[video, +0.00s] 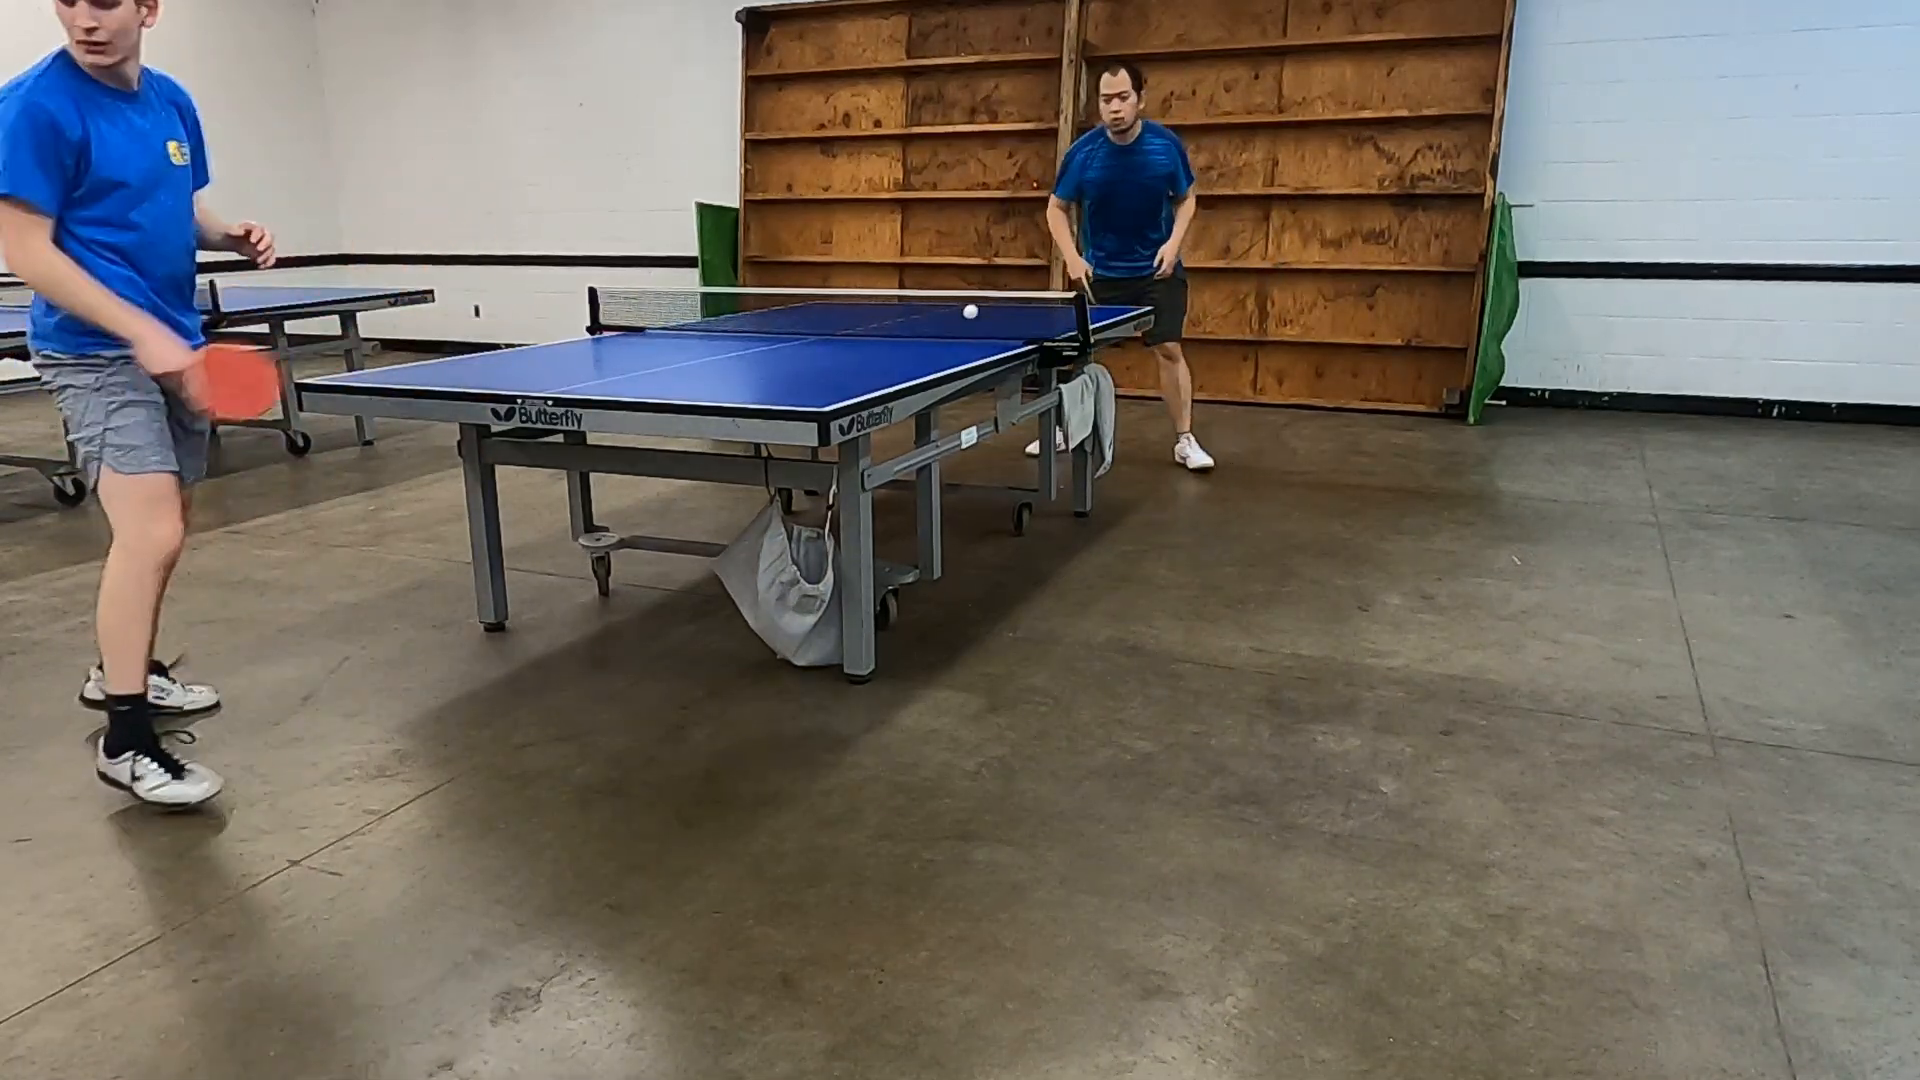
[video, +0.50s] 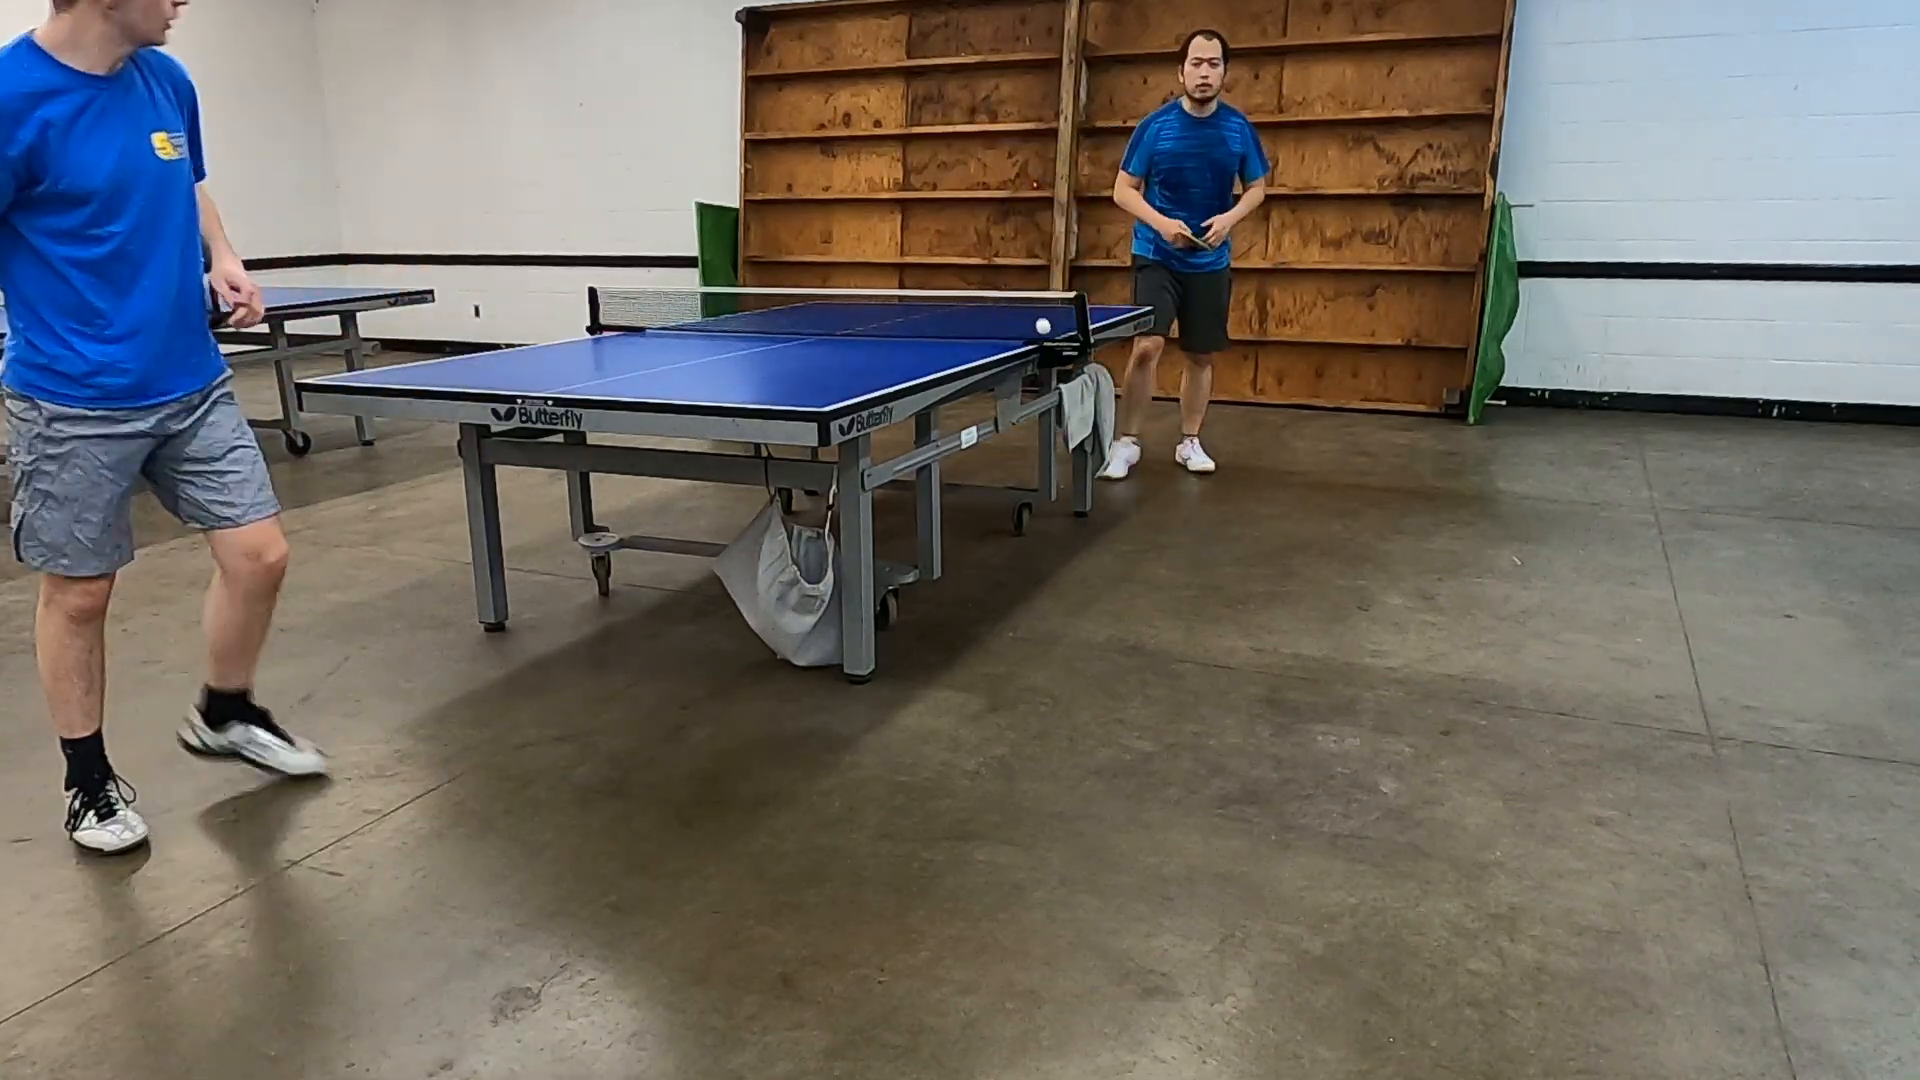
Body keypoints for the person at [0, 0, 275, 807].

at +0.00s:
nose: (85, 19)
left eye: (106, 2)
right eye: (70, 3)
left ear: (148, 10)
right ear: (55, 9)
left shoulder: (172, 102)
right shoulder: (37, 106)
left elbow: (177, 211)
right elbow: (23, 248)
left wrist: (229, 232)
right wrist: (142, 328)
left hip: (170, 342)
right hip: (93, 351)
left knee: (160, 526)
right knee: (150, 534)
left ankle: (126, 670)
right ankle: (126, 743)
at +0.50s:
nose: (178, 7)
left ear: (124, 1)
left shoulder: (165, 78)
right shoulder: (13, 94)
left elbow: (189, 183)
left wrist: (223, 256)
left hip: (188, 379)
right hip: (71, 398)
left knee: (259, 555)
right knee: (78, 594)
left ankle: (225, 712)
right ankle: (88, 784)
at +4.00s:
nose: (765, 119)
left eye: (763, 107)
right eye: (768, 105)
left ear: (776, 93)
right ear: (848, 69)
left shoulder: (770, 144)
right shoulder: (938, 108)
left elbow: (778, 339)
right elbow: (1025, 273)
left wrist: (787, 460)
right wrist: (1046, 390)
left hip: (872, 390)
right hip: (991, 375)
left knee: (816, 600)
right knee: (1015, 603)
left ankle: (775, 816)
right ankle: (1041, 829)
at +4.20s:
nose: (642, 85)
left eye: (637, 73)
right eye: (639, 73)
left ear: (649, 56)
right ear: (724, 37)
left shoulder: (652, 114)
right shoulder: (827, 90)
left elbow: (676, 295)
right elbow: (927, 240)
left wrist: (683, 406)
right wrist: (938, 353)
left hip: (764, 386)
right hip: (880, 372)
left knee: (740, 596)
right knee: (920, 578)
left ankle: (763, 816)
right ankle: (1009, 789)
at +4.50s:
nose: (512, 29)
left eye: (508, 20)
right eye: (509, 21)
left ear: (528, 6)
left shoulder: (538, 60)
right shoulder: (697, 74)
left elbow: (528, 260)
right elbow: (750, 258)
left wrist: (496, 323)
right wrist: (698, 321)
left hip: (641, 372)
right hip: (734, 359)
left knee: (692, 599)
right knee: (682, 571)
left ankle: (763, 814)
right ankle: (700, 747)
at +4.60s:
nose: (477, 29)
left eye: (474, 19)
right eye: (474, 20)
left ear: (493, 7)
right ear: (566, 2)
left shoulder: (502, 69)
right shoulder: (657, 81)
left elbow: (493, 263)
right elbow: (704, 260)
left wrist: (459, 322)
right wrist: (619, 300)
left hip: (596, 379)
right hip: (683, 364)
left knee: (667, 594)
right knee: (619, 574)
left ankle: (759, 808)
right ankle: (576, 744)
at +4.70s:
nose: (440, 26)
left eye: (437, 16)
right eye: (436, 17)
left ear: (460, 6)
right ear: (529, 4)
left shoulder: (468, 78)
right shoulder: (614, 91)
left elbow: (462, 261)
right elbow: (666, 263)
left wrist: (406, 306)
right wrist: (586, 311)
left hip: (546, 389)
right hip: (625, 375)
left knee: (605, 596)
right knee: (564, 574)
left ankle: (737, 789)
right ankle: (526, 760)